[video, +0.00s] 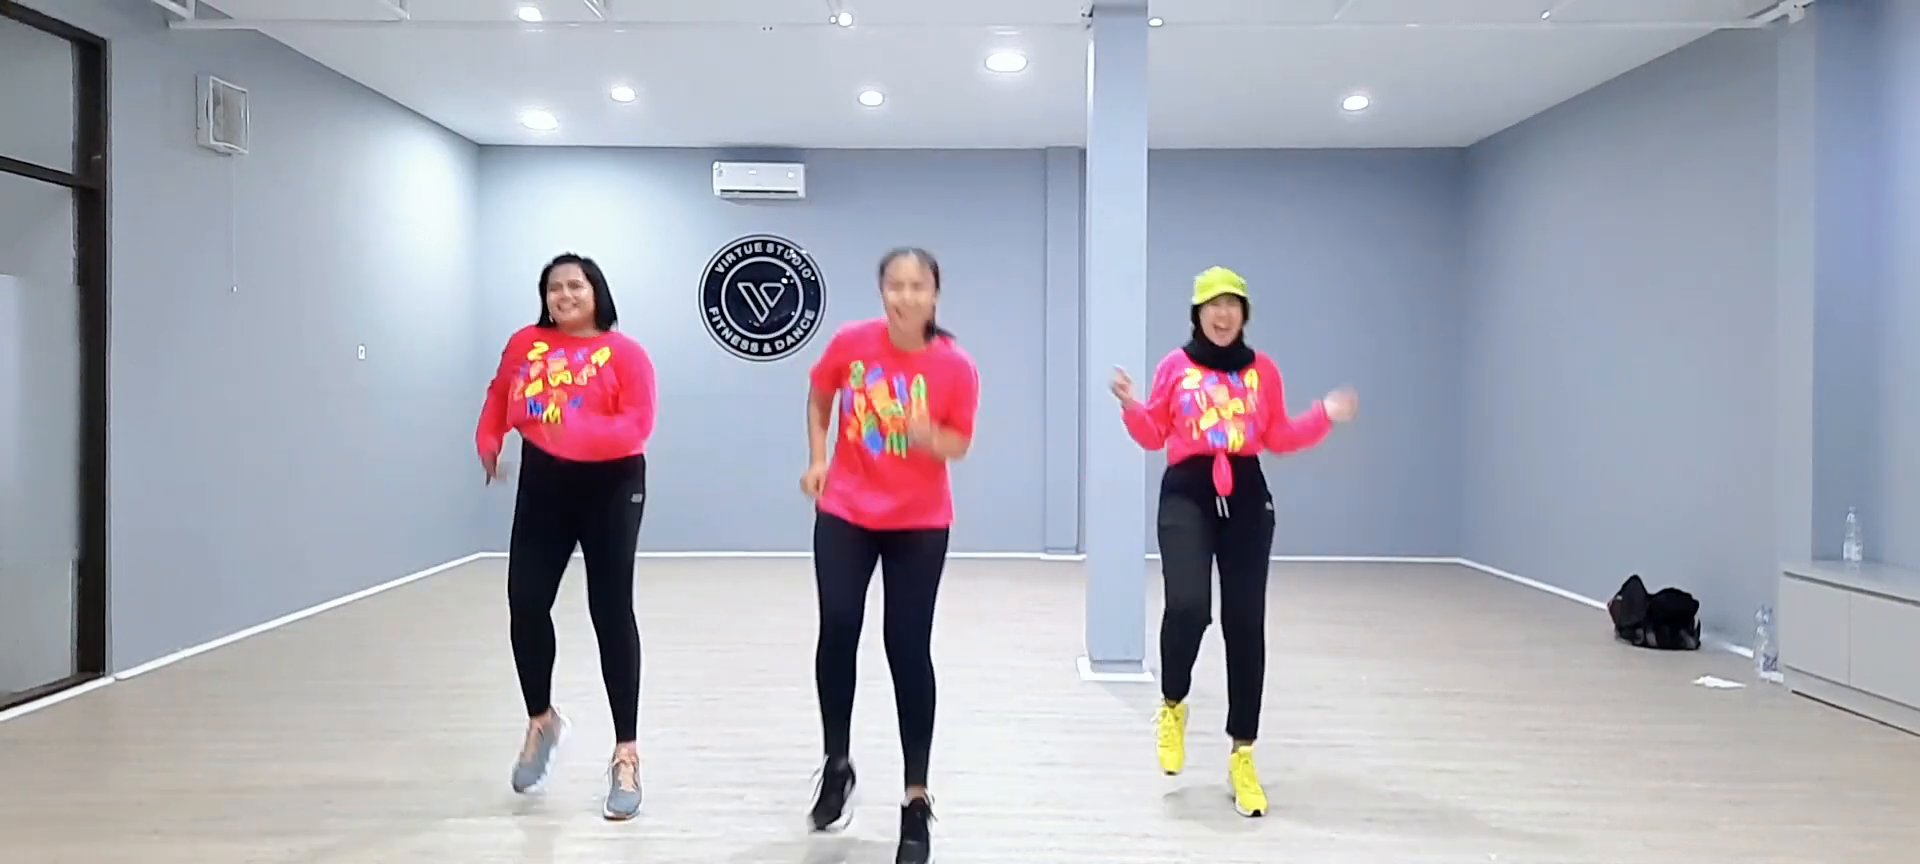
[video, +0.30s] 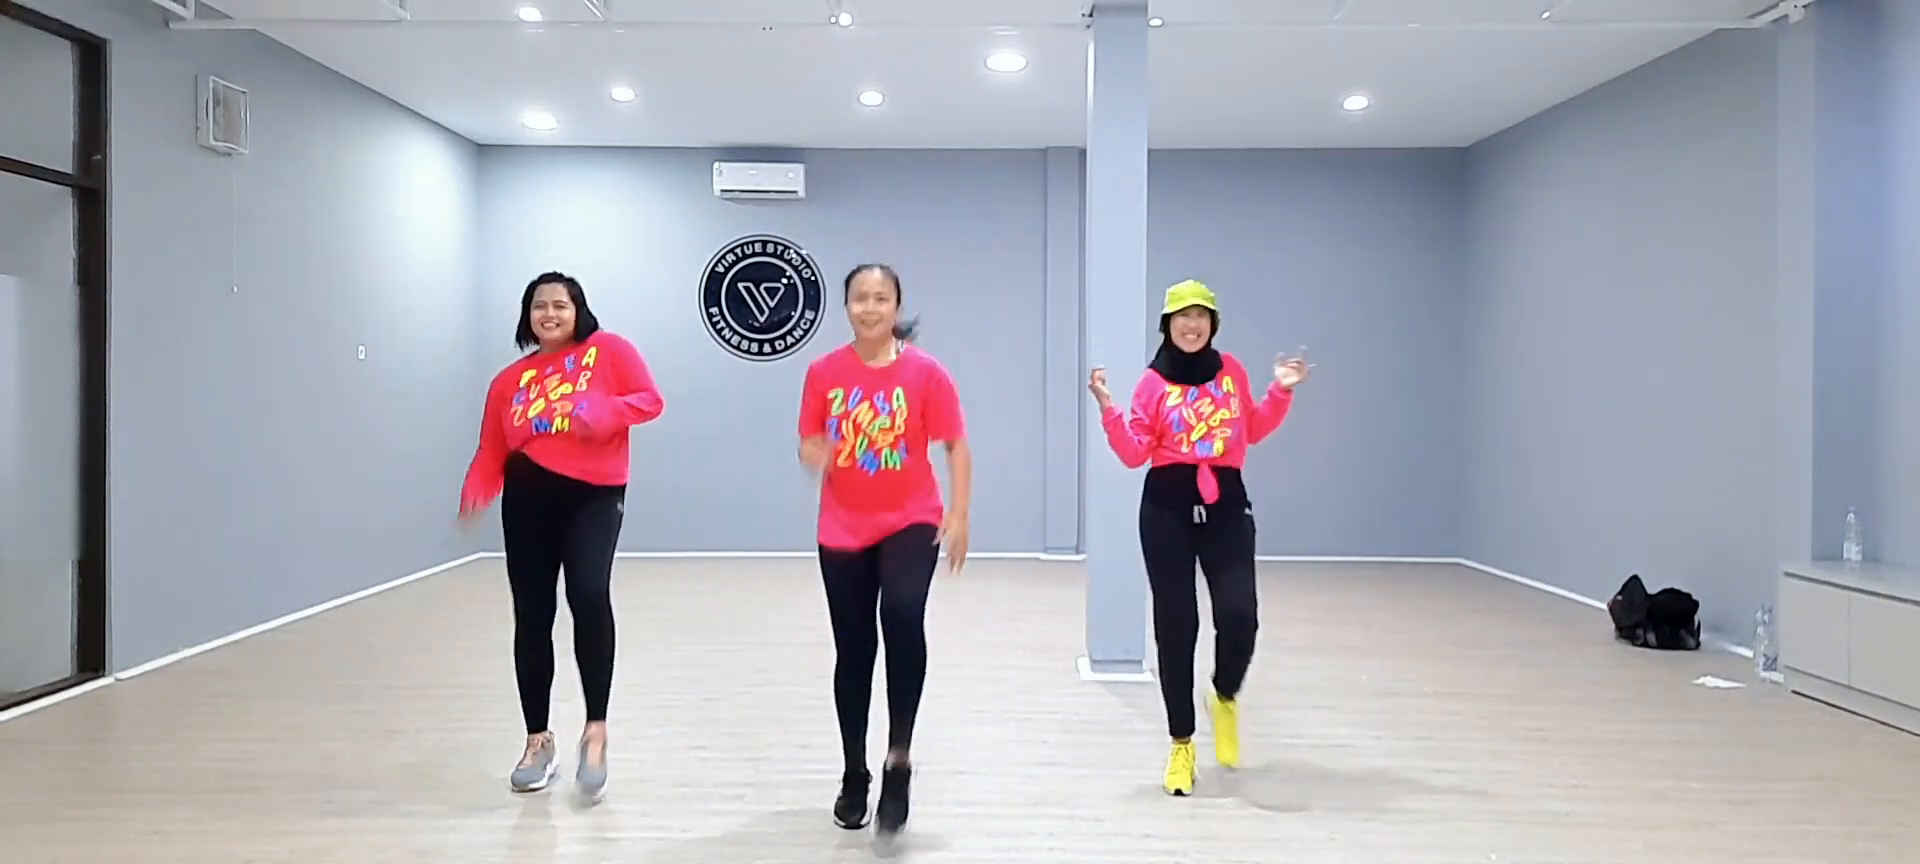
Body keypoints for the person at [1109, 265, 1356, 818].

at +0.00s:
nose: (1224, 316)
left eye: (1232, 306)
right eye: (1214, 306)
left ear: (1245, 313)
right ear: (1198, 312)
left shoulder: (1263, 370)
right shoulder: (1176, 365)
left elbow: (1278, 437)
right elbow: (1154, 436)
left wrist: (1325, 415)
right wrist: (1129, 404)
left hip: (1246, 496)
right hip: (1186, 493)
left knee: (1246, 626)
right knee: (1187, 609)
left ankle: (1243, 754)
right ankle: (1173, 710)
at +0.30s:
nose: (1191, 326)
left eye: (1200, 317)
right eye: (1182, 317)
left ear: (1213, 323)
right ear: (1167, 324)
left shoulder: (1232, 371)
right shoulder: (1153, 382)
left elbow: (1252, 431)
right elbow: (1135, 454)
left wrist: (1280, 391)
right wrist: (1108, 406)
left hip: (1226, 504)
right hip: (1166, 507)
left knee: (1240, 617)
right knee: (1176, 624)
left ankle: (1225, 700)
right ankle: (1181, 744)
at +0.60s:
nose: (1205, 324)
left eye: (1213, 316)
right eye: (1196, 316)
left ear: (1223, 321)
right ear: (1180, 321)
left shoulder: (1236, 375)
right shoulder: (1158, 365)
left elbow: (1253, 441)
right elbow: (1128, 428)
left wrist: (1275, 391)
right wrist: (1109, 389)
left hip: (1217, 489)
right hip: (1162, 487)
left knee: (1205, 602)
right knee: (1167, 589)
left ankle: (1197, 714)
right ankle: (1160, 699)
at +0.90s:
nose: (1186, 314)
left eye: (1193, 306)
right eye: (1177, 307)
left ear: (1205, 312)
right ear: (1164, 314)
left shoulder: (1226, 357)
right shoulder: (1148, 360)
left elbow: (1250, 398)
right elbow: (1134, 415)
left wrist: (1261, 416)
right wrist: (1117, 447)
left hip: (1214, 474)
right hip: (1160, 476)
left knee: (1210, 587)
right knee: (1172, 583)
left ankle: (1211, 701)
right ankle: (1175, 684)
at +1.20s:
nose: (1181, 317)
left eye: (1188, 309)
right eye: (1173, 310)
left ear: (1200, 315)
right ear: (1159, 317)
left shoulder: (1217, 357)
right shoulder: (1143, 367)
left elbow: (1238, 397)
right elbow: (1130, 429)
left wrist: (1262, 431)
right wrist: (1168, 448)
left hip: (1218, 472)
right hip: (1166, 477)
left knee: (1222, 567)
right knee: (1177, 580)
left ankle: (1230, 640)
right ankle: (1179, 688)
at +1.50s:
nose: (1202, 345)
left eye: (1210, 337)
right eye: (1194, 337)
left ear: (1222, 343)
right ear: (1181, 343)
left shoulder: (1237, 388)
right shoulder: (1161, 391)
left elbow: (1265, 399)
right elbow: (1139, 449)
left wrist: (1286, 398)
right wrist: (1153, 487)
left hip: (1221, 501)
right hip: (1170, 503)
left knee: (1225, 600)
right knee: (1167, 603)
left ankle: (1236, 697)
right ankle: (1184, 690)